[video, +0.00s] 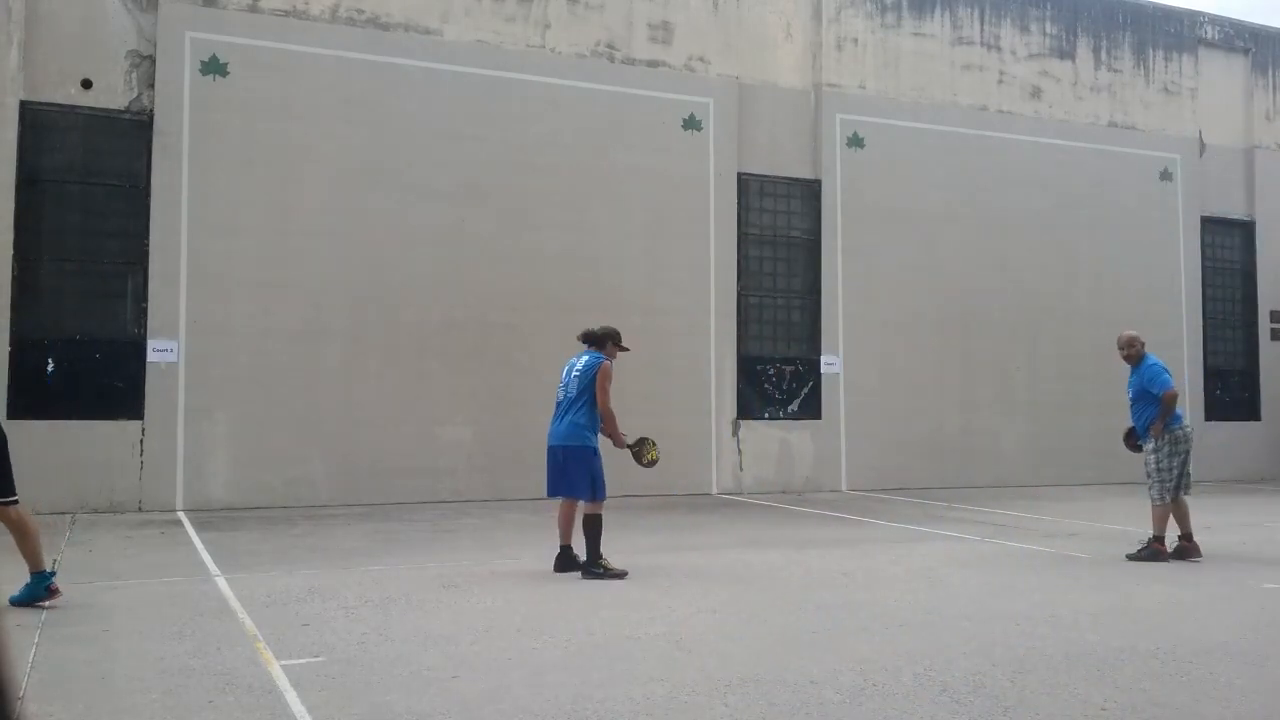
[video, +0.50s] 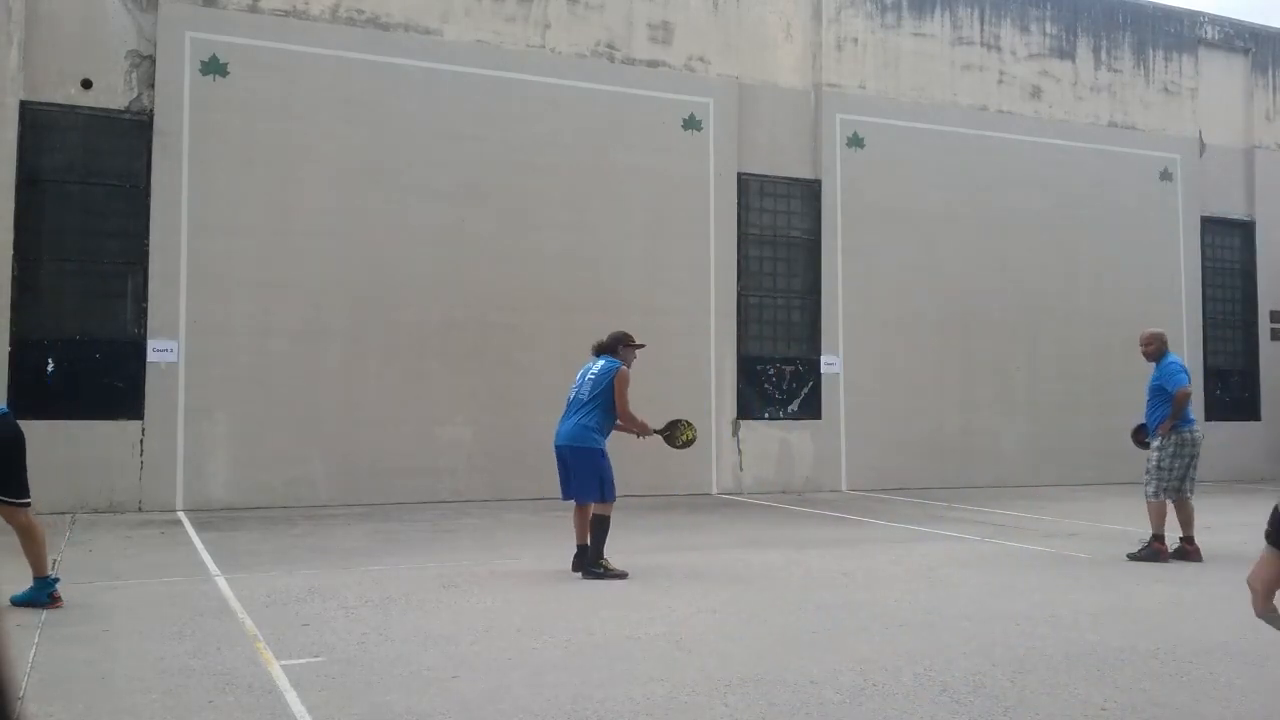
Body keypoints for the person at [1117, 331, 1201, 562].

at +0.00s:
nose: (1126, 353)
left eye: (1131, 347)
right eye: (1122, 349)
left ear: (1142, 346)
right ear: (1119, 352)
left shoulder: (1151, 369)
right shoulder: (1137, 370)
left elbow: (1170, 394)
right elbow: (1148, 403)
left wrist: (1159, 423)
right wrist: (1137, 427)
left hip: (1166, 436)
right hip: (1168, 434)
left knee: (1160, 491)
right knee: (1173, 492)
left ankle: (1157, 545)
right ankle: (1188, 542)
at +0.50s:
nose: (1144, 350)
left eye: (1149, 345)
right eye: (1142, 346)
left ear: (1164, 344)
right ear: (1143, 348)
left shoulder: (1170, 366)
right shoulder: (1164, 366)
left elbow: (1183, 392)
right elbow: (1167, 401)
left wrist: (1169, 421)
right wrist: (1151, 426)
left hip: (1172, 435)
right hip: (1185, 434)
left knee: (1154, 489)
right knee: (1179, 491)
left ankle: (1157, 544)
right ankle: (1189, 545)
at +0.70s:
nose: (1148, 348)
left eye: (1152, 343)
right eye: (1147, 343)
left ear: (1169, 343)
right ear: (1169, 345)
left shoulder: (1169, 365)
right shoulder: (1182, 363)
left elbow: (1176, 392)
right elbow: (1198, 394)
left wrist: (1163, 424)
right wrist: (1185, 418)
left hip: (1171, 435)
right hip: (1190, 433)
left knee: (1160, 490)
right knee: (1182, 491)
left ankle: (1158, 545)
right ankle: (1189, 545)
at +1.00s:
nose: (1152, 343)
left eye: (1157, 339)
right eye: (1152, 339)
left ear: (1172, 343)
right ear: (1171, 344)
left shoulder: (1174, 363)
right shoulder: (1182, 362)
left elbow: (1177, 390)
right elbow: (1183, 393)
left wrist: (1158, 414)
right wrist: (1162, 413)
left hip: (1168, 435)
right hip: (1179, 434)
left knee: (1162, 488)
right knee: (1182, 491)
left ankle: (1158, 543)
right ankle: (1188, 542)